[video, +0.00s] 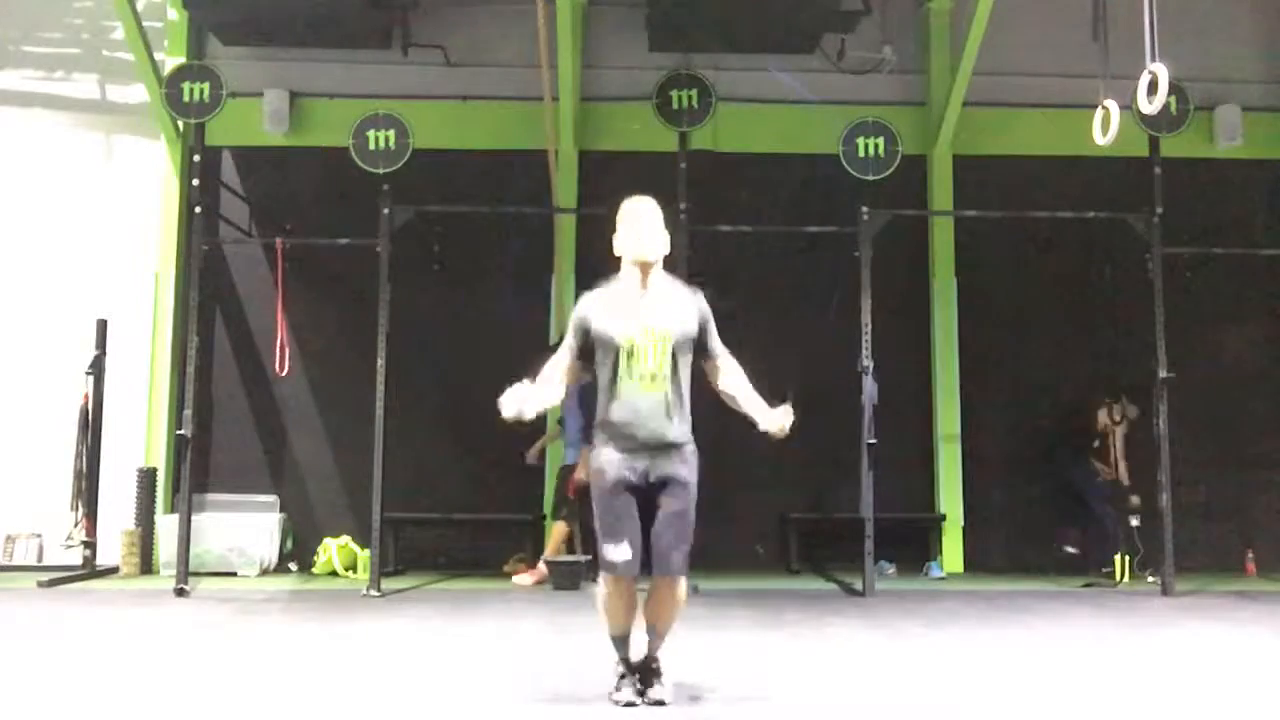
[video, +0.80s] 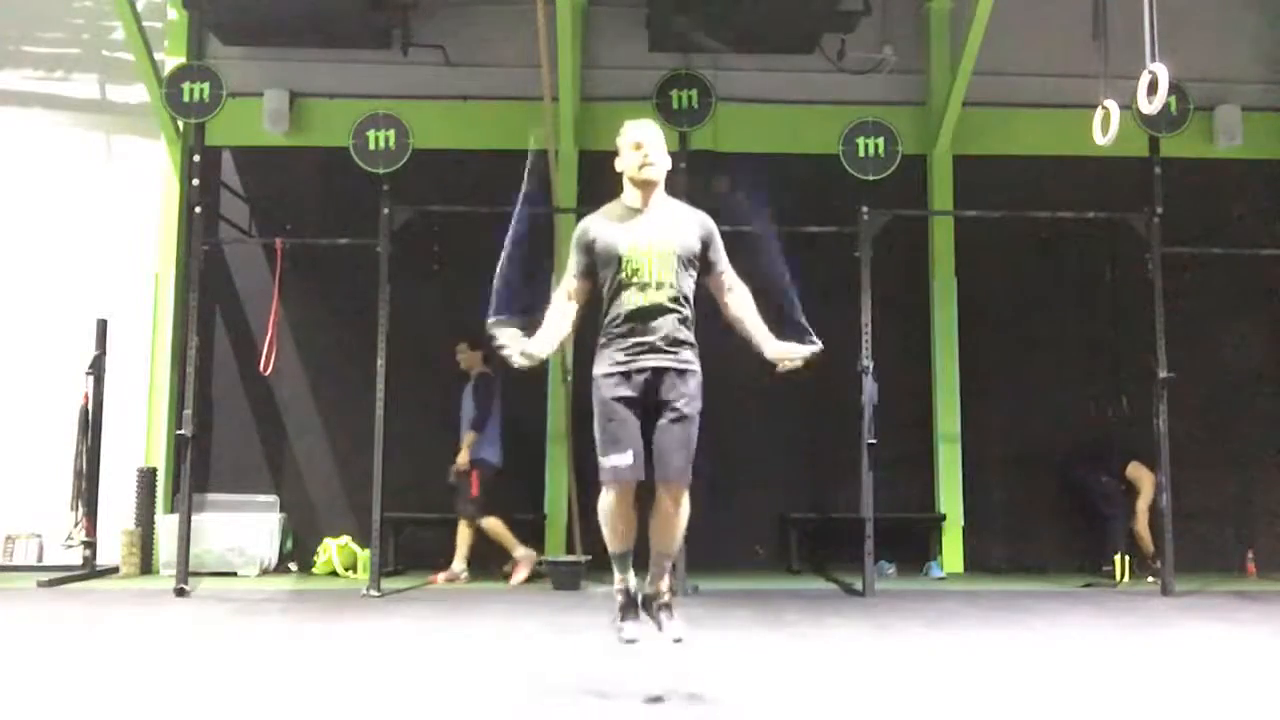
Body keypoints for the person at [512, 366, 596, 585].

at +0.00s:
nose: (565, 370)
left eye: (569, 364)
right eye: (564, 365)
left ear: (580, 364)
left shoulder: (589, 390)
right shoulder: (569, 392)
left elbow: (591, 430)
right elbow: (560, 427)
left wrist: (585, 463)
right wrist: (538, 446)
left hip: (579, 460)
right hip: (568, 458)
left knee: (563, 515)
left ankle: (544, 565)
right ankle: (590, 564)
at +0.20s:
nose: (529, 372)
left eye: (530, 367)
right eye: (527, 368)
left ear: (540, 364)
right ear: (539, 367)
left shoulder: (555, 386)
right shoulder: (545, 388)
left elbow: (555, 427)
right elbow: (544, 426)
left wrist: (547, 457)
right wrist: (528, 449)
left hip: (561, 454)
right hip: (554, 454)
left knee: (552, 514)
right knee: (558, 515)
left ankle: (542, 565)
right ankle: (592, 548)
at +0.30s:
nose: (518, 376)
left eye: (520, 371)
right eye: (518, 372)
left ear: (528, 367)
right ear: (535, 365)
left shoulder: (545, 384)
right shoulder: (537, 384)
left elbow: (542, 423)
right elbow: (540, 424)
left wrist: (528, 453)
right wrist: (528, 452)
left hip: (550, 451)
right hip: (544, 451)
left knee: (542, 512)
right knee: (539, 510)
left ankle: (540, 566)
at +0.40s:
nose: (509, 362)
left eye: (511, 356)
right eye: (508, 357)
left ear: (523, 358)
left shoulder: (533, 381)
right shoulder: (522, 383)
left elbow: (529, 421)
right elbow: (525, 423)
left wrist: (510, 450)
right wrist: (514, 451)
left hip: (537, 452)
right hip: (521, 453)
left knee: (535, 511)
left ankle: (539, 565)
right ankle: (519, 556)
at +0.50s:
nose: (493, 367)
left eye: (495, 361)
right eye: (491, 361)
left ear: (508, 359)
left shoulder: (518, 382)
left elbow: (514, 420)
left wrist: (494, 449)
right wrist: (504, 453)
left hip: (528, 454)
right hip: (511, 456)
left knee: (532, 513)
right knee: (490, 509)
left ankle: (539, 566)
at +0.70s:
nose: (468, 359)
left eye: (472, 355)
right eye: (469, 355)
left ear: (485, 356)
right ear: (485, 357)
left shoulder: (490, 381)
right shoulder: (486, 380)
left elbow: (492, 416)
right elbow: (489, 421)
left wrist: (474, 450)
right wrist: (477, 450)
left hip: (498, 456)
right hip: (485, 457)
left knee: (504, 512)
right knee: (473, 513)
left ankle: (536, 564)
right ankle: (459, 567)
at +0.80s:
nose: (458, 357)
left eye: (463, 352)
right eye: (458, 353)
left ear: (479, 354)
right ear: (469, 356)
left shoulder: (483, 380)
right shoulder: (474, 382)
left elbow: (481, 417)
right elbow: (474, 421)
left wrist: (466, 449)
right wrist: (462, 455)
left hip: (483, 454)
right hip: (473, 454)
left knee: (475, 509)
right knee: (466, 510)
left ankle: (521, 553)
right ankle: (458, 566)